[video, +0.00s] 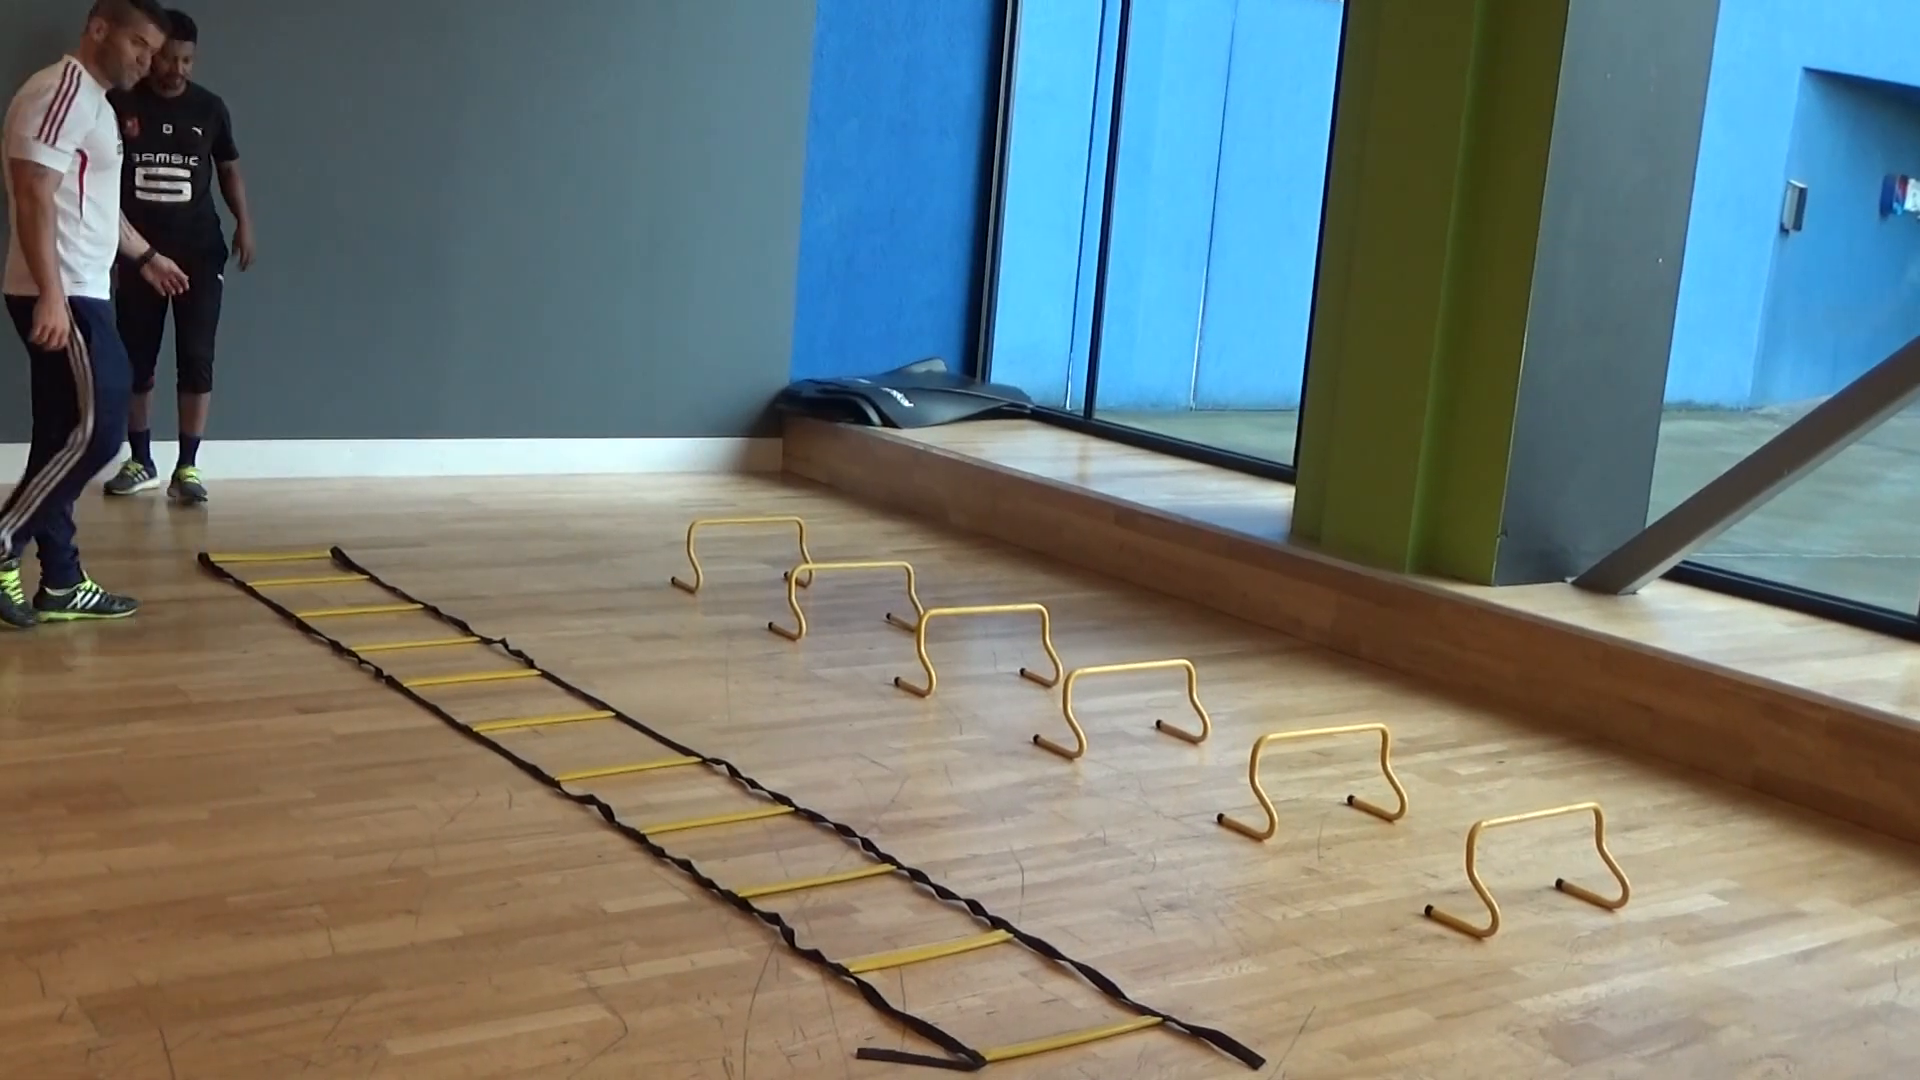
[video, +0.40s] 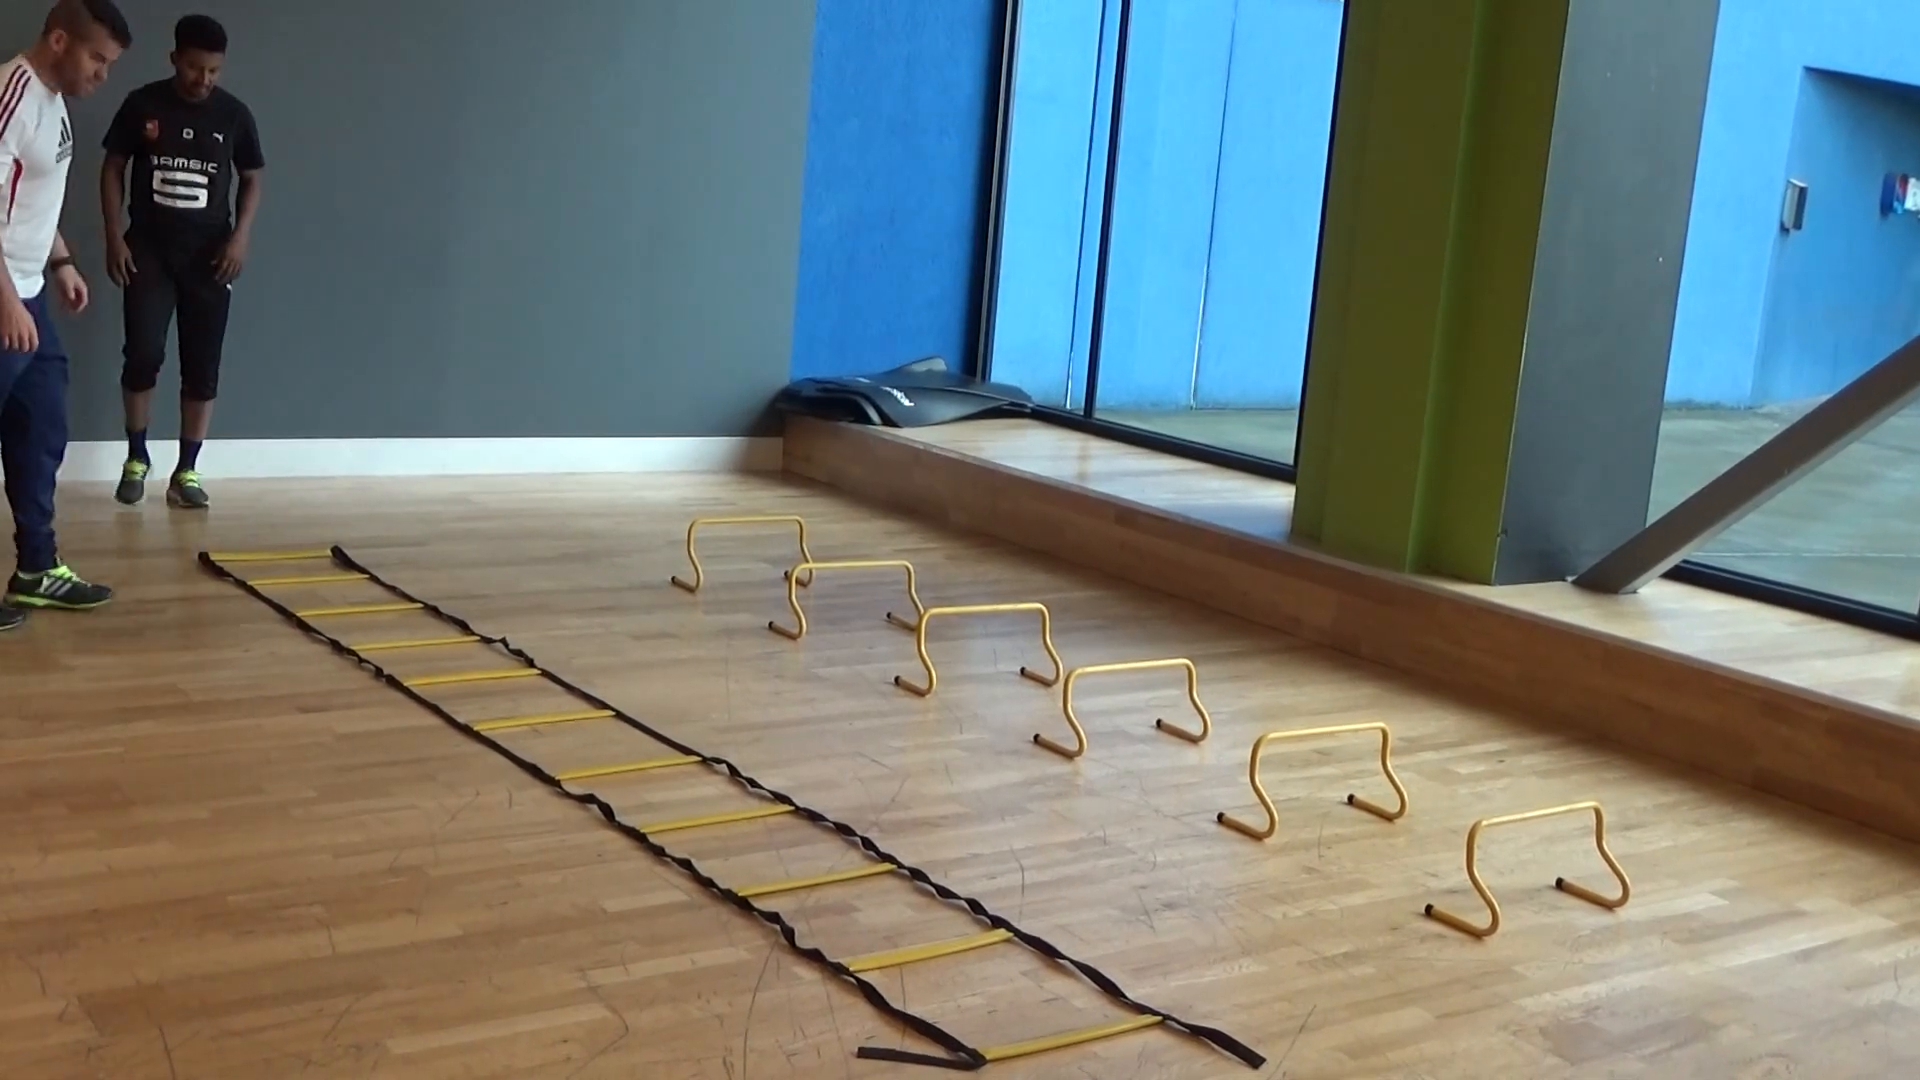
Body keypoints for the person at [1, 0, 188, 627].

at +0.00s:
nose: (145, 60)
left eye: (152, 52)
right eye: (139, 45)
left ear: (141, 54)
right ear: (98, 29)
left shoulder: (90, 101)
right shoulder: (62, 90)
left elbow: (92, 201)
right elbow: (32, 190)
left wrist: (145, 257)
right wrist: (50, 292)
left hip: (75, 290)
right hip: (60, 293)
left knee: (62, 431)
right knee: (99, 430)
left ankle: (61, 581)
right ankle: (4, 544)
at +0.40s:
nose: (103, 74)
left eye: (110, 64)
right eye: (98, 59)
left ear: (64, 42)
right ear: (57, 37)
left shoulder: (54, 99)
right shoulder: (16, 97)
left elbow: (33, 193)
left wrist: (60, 261)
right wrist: (8, 296)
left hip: (29, 294)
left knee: (41, 429)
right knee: (11, 438)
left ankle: (36, 567)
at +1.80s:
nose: (88, 85)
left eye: (94, 77)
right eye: (90, 73)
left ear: (58, 48)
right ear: (63, 51)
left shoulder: (7, 69)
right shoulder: (45, 100)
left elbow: (49, 191)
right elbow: (54, 198)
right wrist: (97, 263)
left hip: (6, 264)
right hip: (22, 269)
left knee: (12, 395)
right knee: (15, 396)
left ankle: (2, 520)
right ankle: (0, 522)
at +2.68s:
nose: (149, 60)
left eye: (150, 50)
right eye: (148, 50)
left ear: (102, 44)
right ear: (129, 49)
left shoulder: (58, 84)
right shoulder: (105, 100)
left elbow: (59, 176)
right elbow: (91, 182)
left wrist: (116, 234)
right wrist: (111, 258)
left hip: (46, 251)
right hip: (93, 255)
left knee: (47, 353)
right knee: (107, 364)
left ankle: (1, 453)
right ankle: (81, 471)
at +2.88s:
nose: (188, 58)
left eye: (188, 49)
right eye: (182, 48)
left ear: (152, 48)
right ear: (157, 47)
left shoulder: (126, 87)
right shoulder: (130, 91)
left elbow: (127, 178)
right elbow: (105, 172)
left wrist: (147, 238)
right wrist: (121, 249)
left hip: (113, 243)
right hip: (111, 245)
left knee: (135, 341)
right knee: (117, 351)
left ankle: (88, 450)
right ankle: (79, 470)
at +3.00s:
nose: (212, 68)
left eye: (213, 59)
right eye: (208, 57)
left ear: (180, 55)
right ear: (179, 53)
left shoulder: (173, 98)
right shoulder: (150, 92)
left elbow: (164, 179)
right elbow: (114, 166)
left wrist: (175, 254)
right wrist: (121, 249)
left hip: (156, 248)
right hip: (135, 249)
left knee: (166, 354)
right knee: (118, 358)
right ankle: (79, 470)